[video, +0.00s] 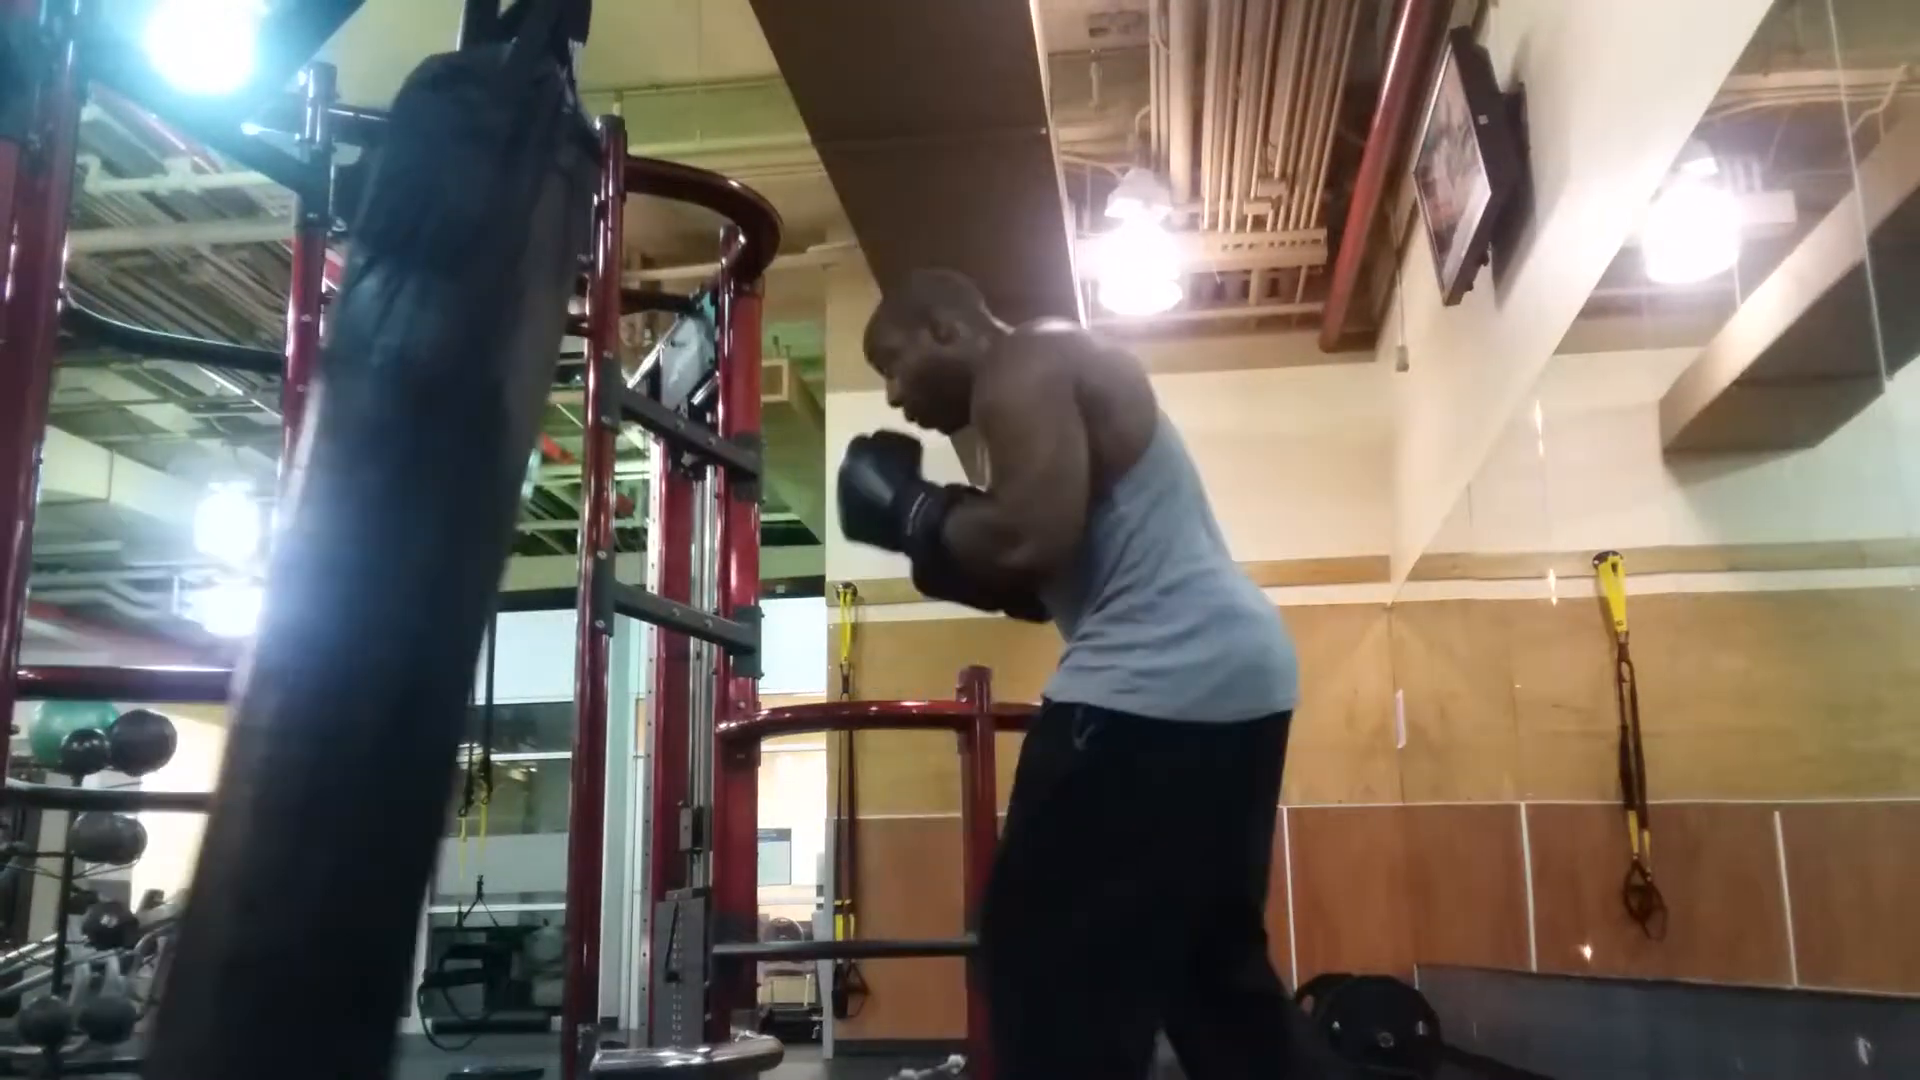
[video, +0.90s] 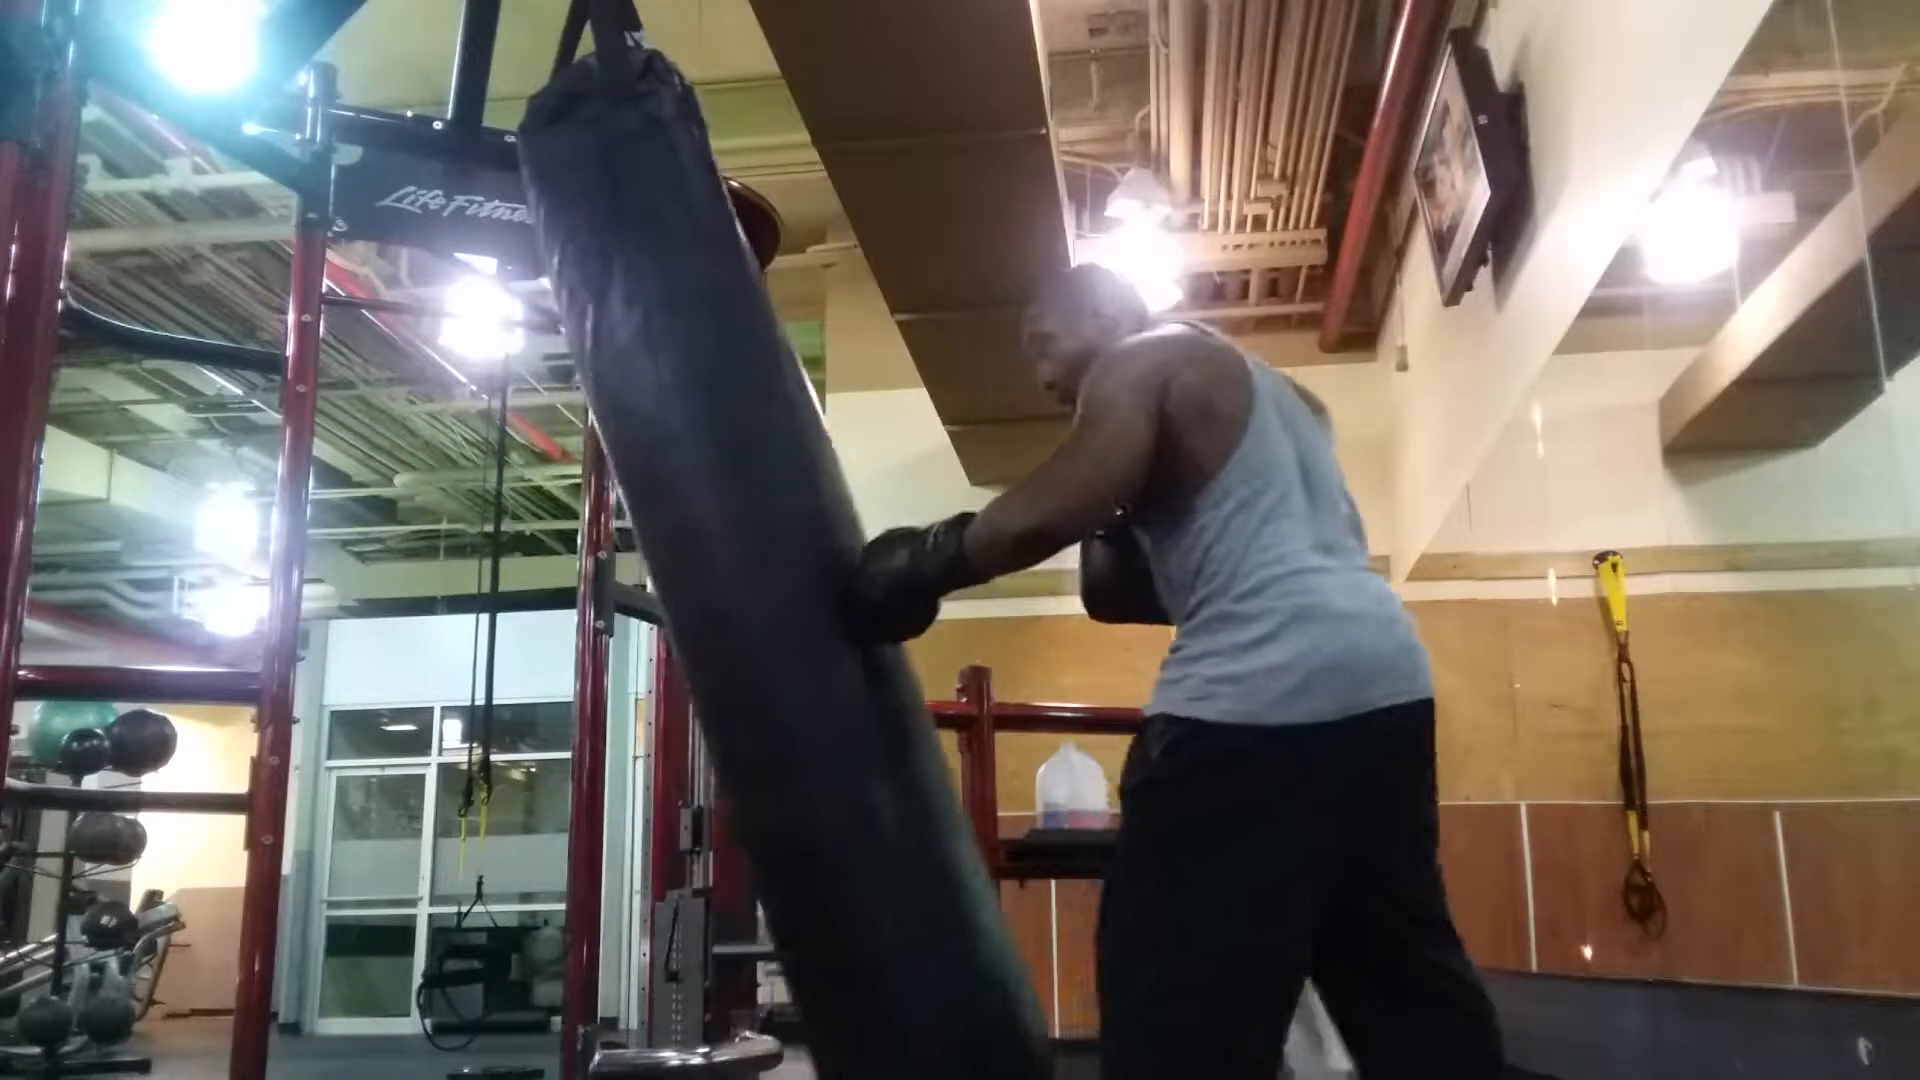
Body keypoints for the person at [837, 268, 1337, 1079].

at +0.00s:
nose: (893, 396)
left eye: (890, 367)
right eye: (884, 378)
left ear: (945, 332)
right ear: (955, 333)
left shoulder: (1023, 364)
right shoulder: (1066, 368)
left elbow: (1033, 543)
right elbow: (1052, 591)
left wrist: (912, 505)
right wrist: (938, 554)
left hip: (1151, 687)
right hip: (1232, 683)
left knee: (1037, 958)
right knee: (1212, 962)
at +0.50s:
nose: (934, 378)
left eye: (933, 347)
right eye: (922, 355)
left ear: (980, 317)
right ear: (1026, 305)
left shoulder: (1043, 366)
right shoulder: (1152, 372)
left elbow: (1045, 543)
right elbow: (1102, 585)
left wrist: (944, 514)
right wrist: (960, 546)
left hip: (1185, 703)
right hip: (1306, 689)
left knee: (1077, 980)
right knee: (1306, 947)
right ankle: (1408, 1070)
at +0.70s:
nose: (1022, 378)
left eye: (1029, 352)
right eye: (1014, 360)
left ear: (1078, 326)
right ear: (1114, 317)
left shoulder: (1124, 369)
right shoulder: (1257, 393)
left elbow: (1074, 518)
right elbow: (1186, 590)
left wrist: (964, 557)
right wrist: (1040, 564)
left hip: (1246, 705)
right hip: (1375, 693)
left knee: (1138, 995)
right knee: (1378, 958)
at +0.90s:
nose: (1040, 369)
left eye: (1042, 342)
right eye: (1033, 351)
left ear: (1093, 314)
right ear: (1137, 311)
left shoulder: (1141, 362)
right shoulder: (1284, 392)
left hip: (1249, 704)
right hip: (1384, 692)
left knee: (1175, 1006)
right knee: (1404, 977)